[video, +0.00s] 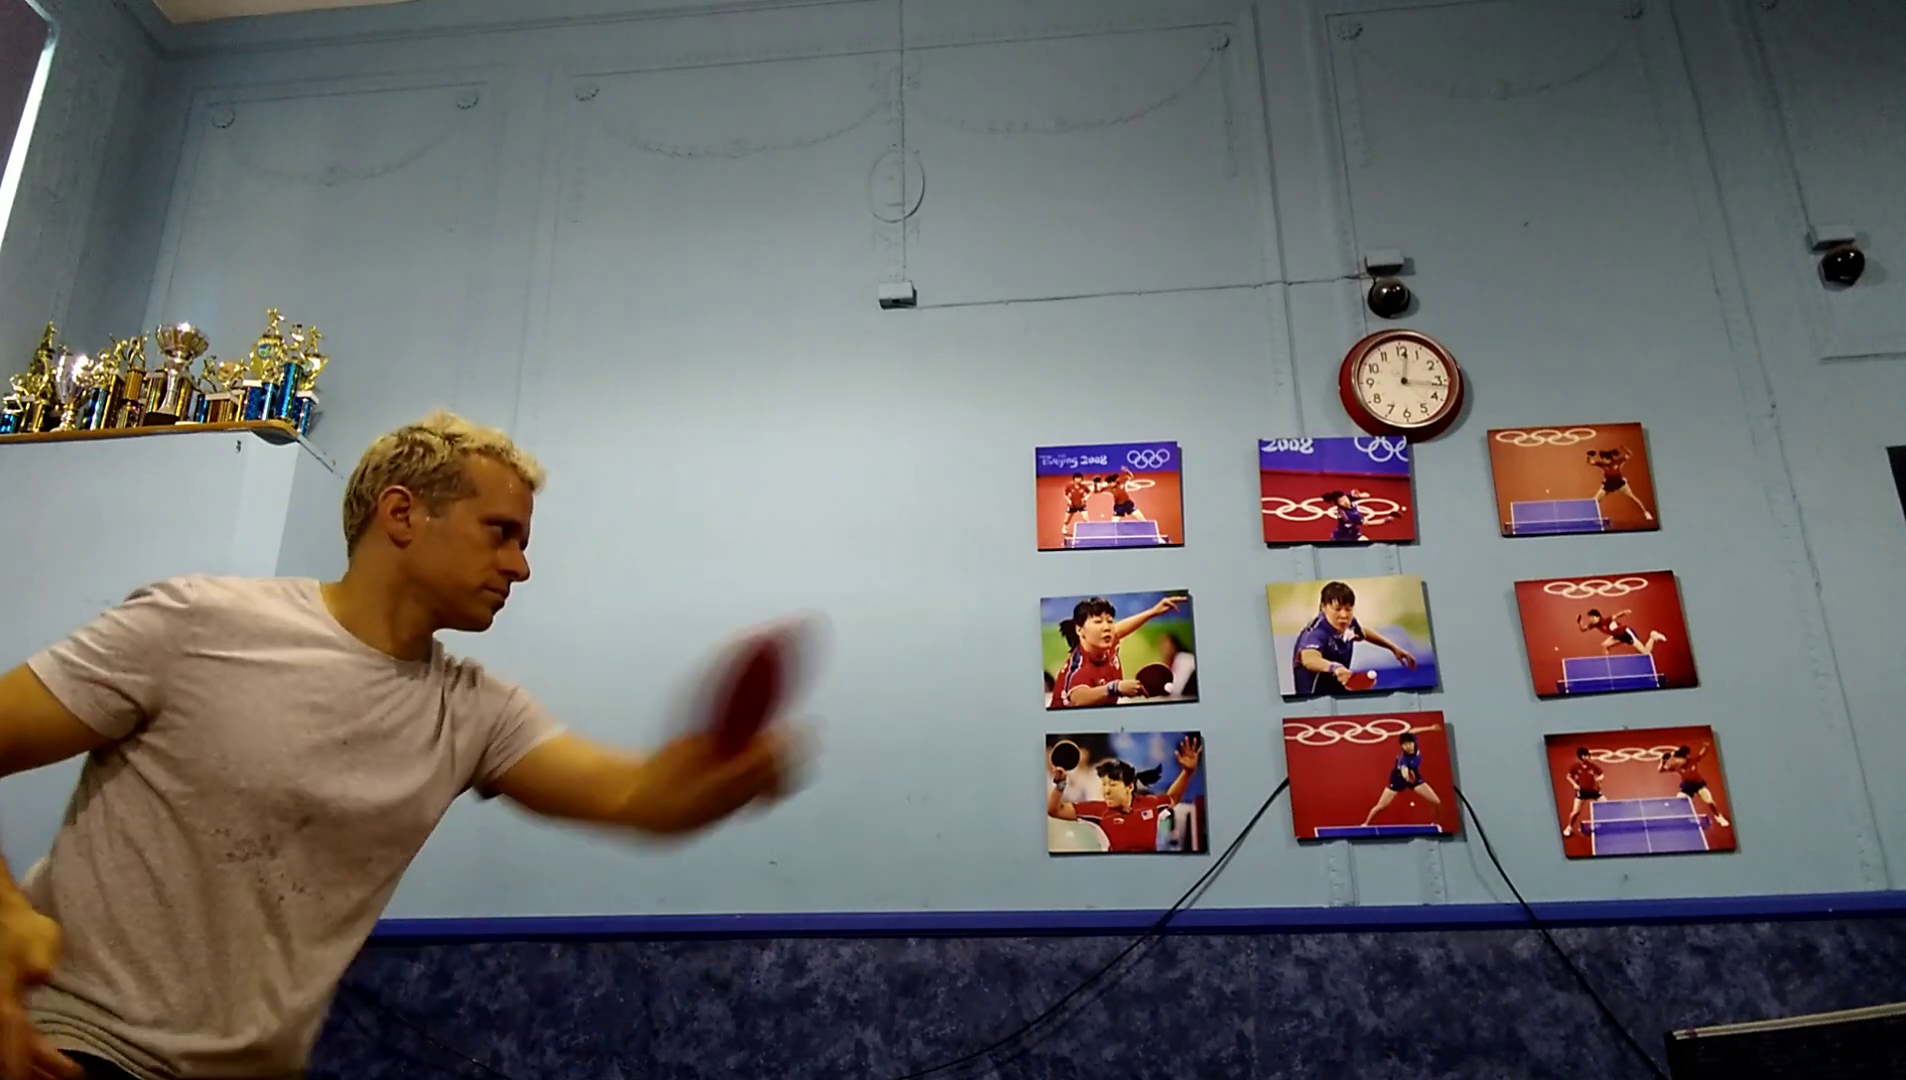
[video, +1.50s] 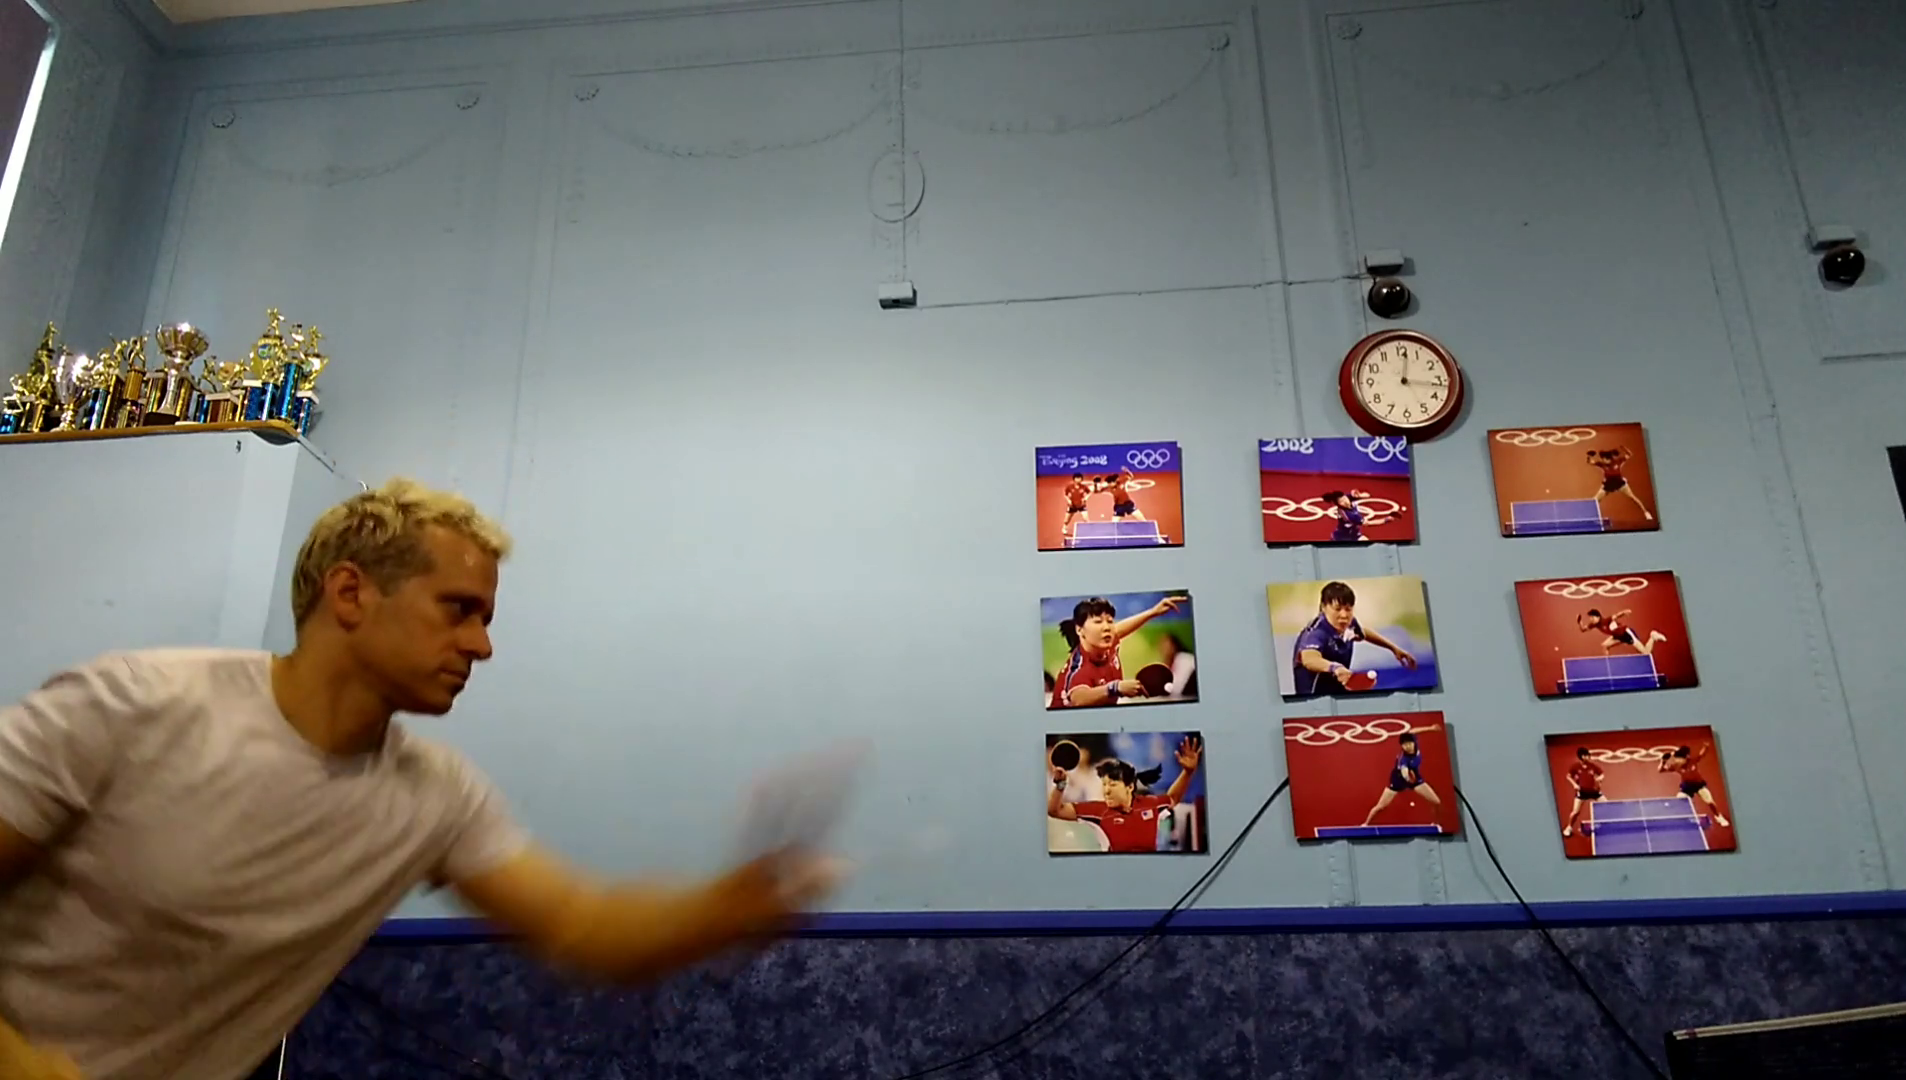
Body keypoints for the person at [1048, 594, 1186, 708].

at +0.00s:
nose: (1107, 628)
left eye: (1109, 622)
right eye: (1098, 622)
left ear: (1114, 626)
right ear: (1080, 630)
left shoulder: (1109, 645)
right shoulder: (1079, 666)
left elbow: (1119, 630)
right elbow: (1078, 698)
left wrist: (1154, 612)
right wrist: (1115, 687)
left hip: (1102, 724)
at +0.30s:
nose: (1107, 628)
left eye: (1109, 622)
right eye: (1098, 622)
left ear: (1114, 626)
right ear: (1080, 630)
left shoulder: (1109, 645)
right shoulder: (1079, 666)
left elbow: (1119, 630)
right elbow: (1078, 698)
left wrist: (1154, 612)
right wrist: (1115, 687)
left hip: (1102, 724)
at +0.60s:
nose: (1107, 628)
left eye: (1109, 622)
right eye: (1098, 622)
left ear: (1114, 626)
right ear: (1080, 630)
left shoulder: (1109, 645)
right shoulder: (1079, 666)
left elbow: (1118, 630)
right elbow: (1078, 698)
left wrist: (1154, 612)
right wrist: (1115, 687)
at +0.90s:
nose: (1107, 628)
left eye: (1109, 622)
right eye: (1098, 622)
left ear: (1114, 626)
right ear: (1080, 630)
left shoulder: (1109, 645)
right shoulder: (1079, 667)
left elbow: (1118, 630)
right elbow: (1078, 698)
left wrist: (1154, 611)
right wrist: (1115, 687)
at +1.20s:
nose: (1107, 628)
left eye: (1109, 622)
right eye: (1098, 622)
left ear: (1114, 626)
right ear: (1080, 630)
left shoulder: (1109, 645)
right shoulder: (1079, 667)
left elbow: (1118, 630)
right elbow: (1078, 698)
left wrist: (1153, 611)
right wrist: (1115, 687)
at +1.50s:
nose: (1107, 628)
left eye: (1109, 622)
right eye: (1098, 622)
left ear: (1114, 626)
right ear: (1080, 630)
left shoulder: (1109, 645)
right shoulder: (1079, 666)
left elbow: (1118, 630)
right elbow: (1078, 698)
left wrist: (1153, 611)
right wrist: (1115, 687)